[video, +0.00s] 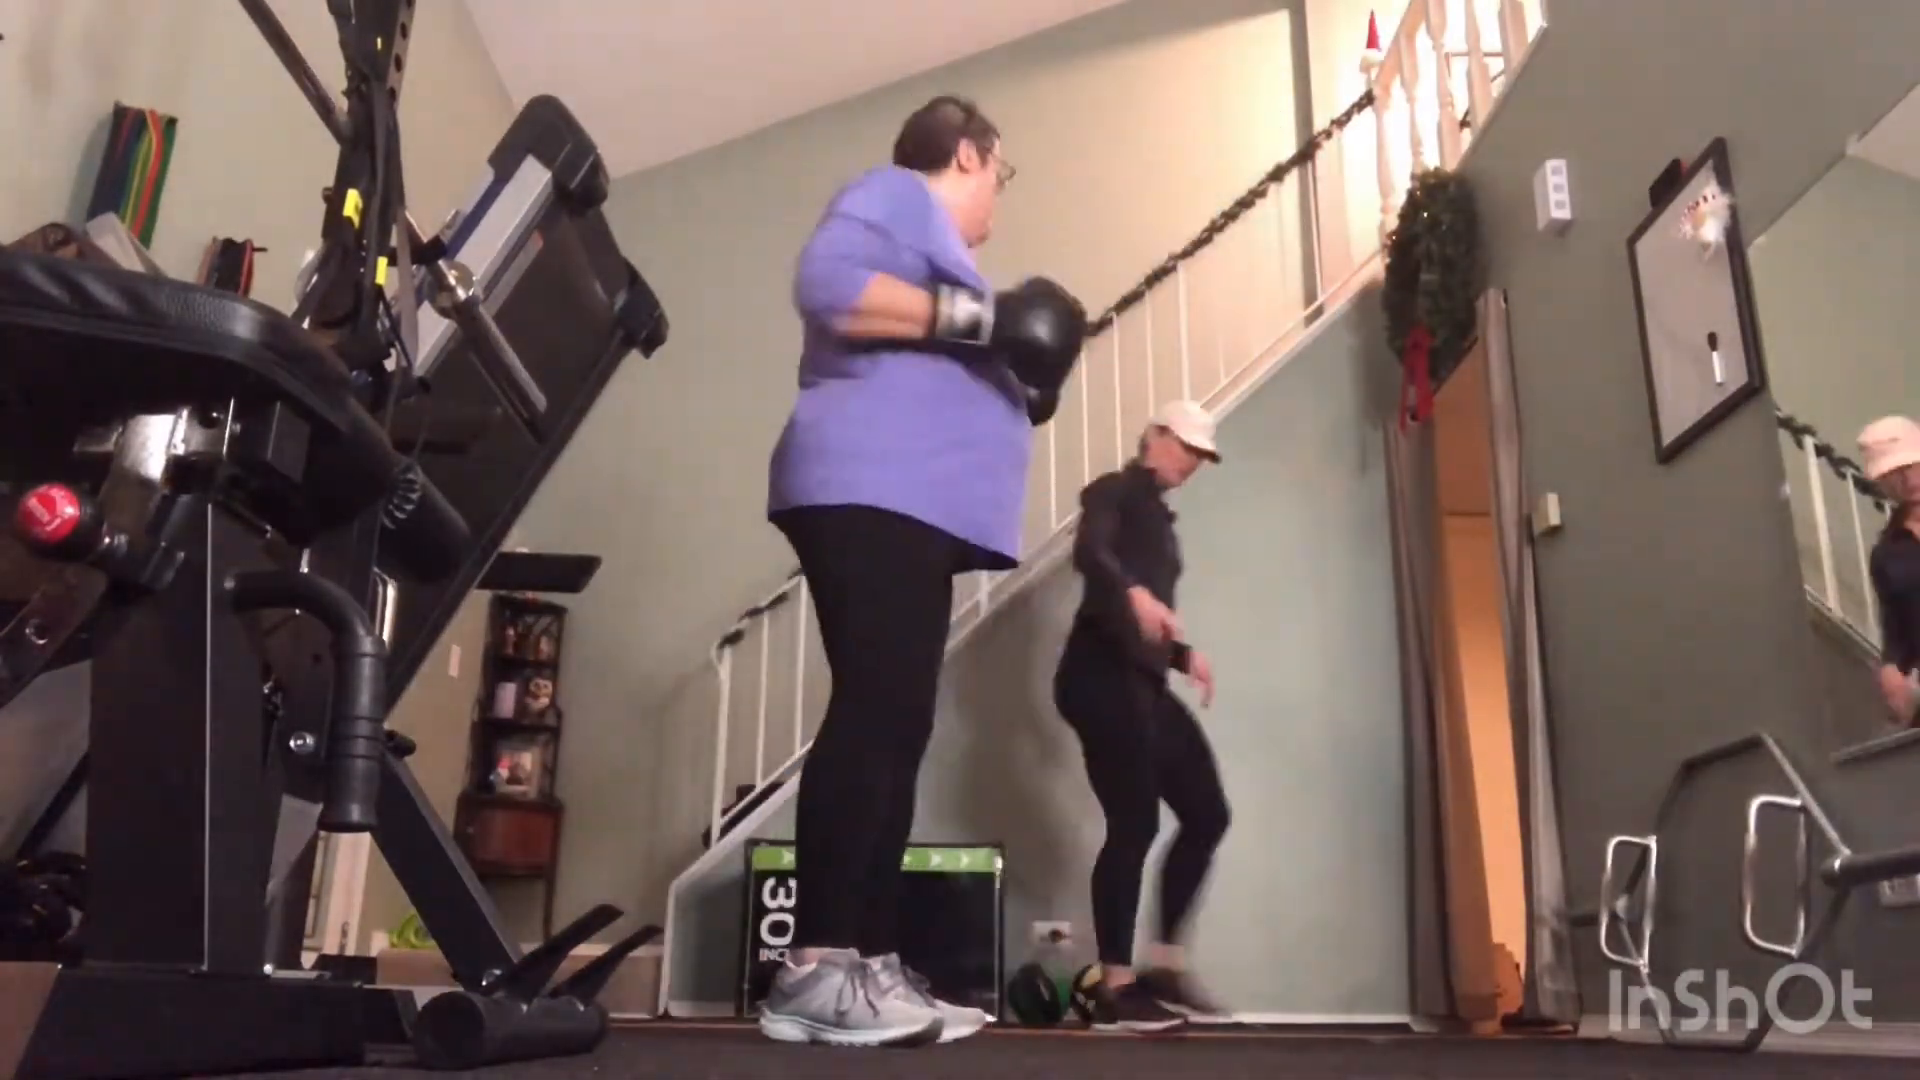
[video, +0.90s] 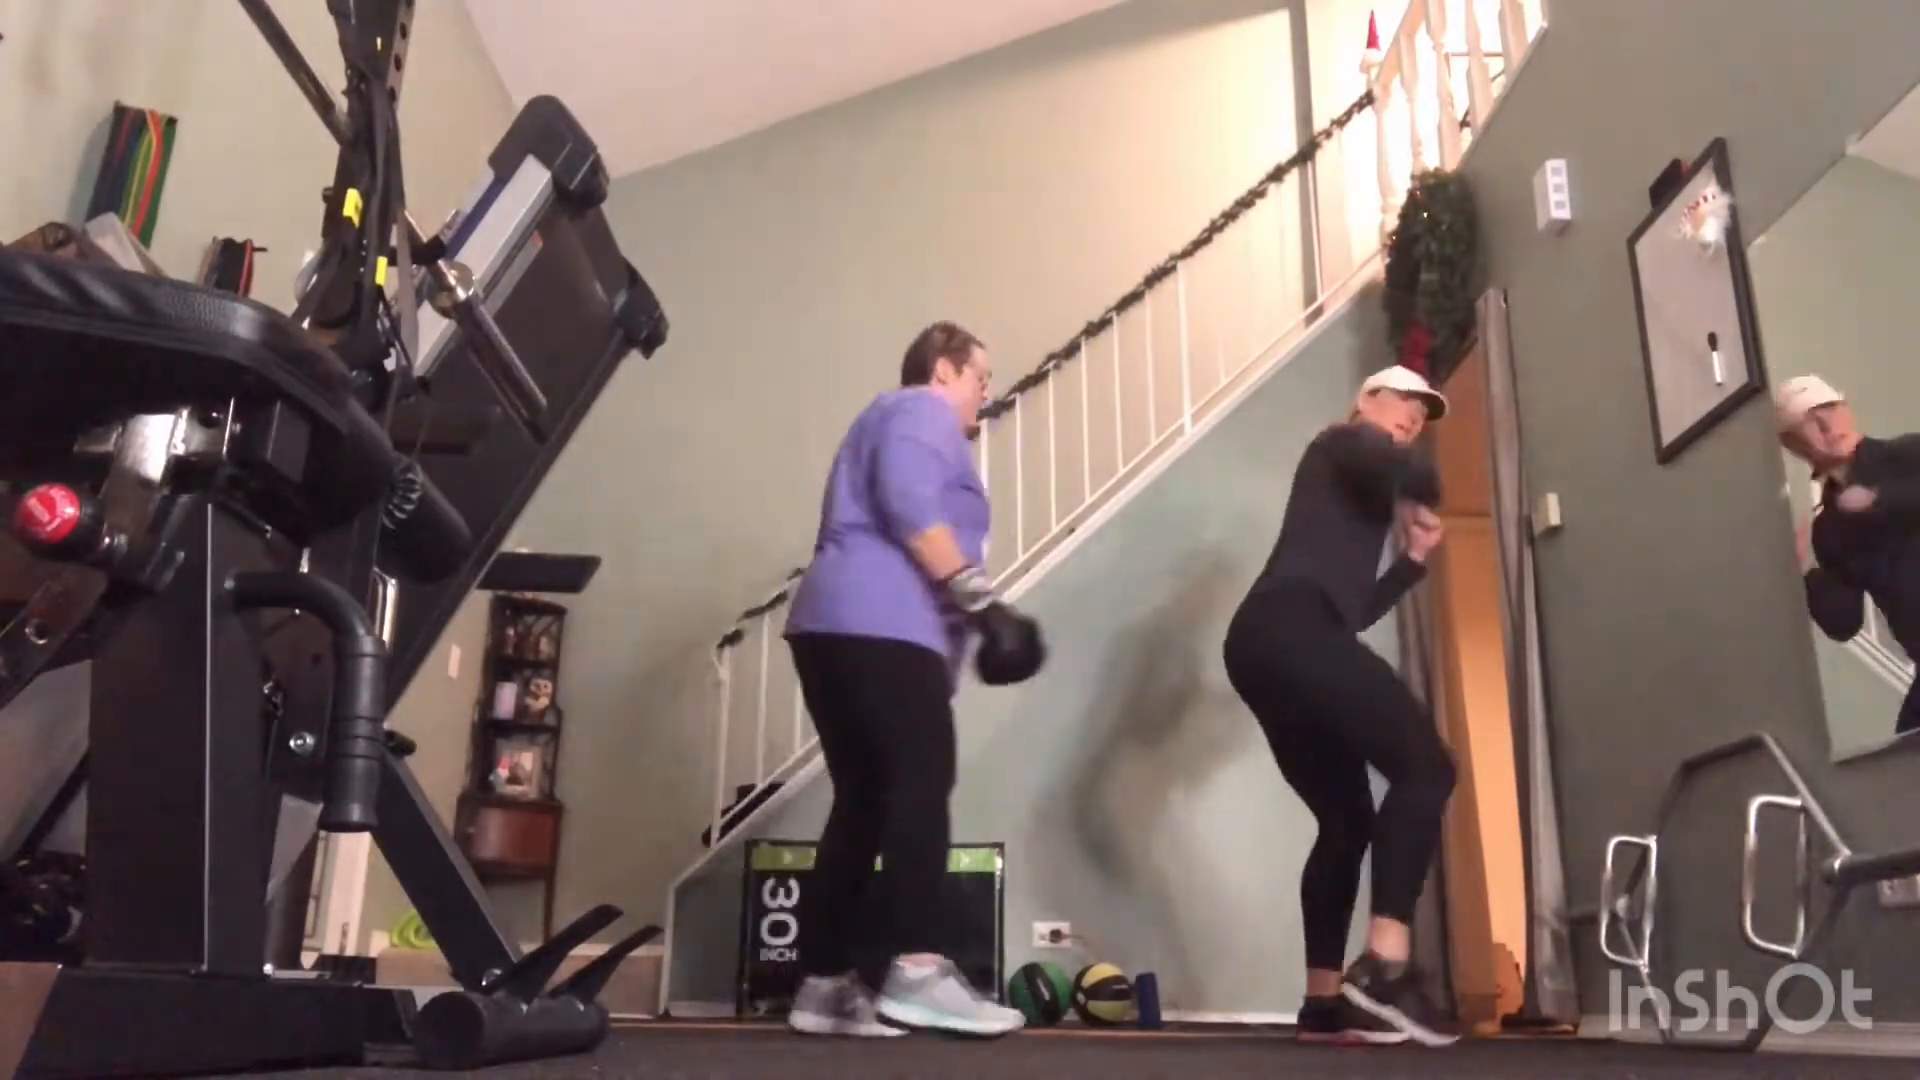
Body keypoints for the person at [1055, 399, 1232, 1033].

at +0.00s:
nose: (1194, 466)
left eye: (1200, 458)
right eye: (1189, 452)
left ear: (1187, 458)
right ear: (1154, 439)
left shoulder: (1157, 516)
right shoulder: (1114, 489)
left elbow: (1142, 605)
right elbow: (1091, 550)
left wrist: (1183, 654)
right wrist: (1132, 592)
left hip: (1141, 681)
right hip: (1098, 675)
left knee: (1207, 816)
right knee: (1132, 821)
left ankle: (1167, 964)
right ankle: (1115, 979)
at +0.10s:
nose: (1295, 459)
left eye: (1303, 451)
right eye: (1289, 443)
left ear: (1298, 457)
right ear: (1255, 432)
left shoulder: (1267, 523)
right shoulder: (1208, 484)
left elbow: (1255, 628)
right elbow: (1174, 554)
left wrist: (1316, 649)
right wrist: (1201, 606)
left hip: (1256, 682)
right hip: (1206, 673)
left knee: (1307, 821)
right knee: (1256, 821)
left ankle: (1303, 996)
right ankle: (1152, 953)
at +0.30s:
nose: (1372, 417)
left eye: (1386, 411)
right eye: (1365, 401)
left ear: (1398, 414)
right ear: (1343, 388)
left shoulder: (1371, 476)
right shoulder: (1300, 448)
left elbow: (1344, 575)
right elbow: (1253, 522)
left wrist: (1389, 613)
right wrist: (1296, 552)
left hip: (1342, 654)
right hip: (1300, 648)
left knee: (1388, 808)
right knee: (1363, 805)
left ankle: (1353, 992)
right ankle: (1344, 997)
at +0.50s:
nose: (1425, 424)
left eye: (1430, 415)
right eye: (1422, 407)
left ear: (1392, 396)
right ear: (1385, 387)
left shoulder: (1366, 457)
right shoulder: (1345, 447)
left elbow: (1364, 549)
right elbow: (1347, 538)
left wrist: (1405, 614)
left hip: (1339, 644)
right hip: (1315, 641)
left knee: (1387, 810)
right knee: (1371, 808)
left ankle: (1354, 991)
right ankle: (1335, 997)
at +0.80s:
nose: (1424, 430)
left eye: (1429, 421)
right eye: (1423, 412)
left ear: (1380, 398)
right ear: (1392, 394)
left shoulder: (1339, 449)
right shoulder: (1364, 445)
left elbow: (1372, 564)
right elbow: (1383, 546)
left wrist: (1421, 518)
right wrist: (1433, 516)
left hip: (1273, 634)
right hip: (1305, 635)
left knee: (1333, 814)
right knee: (1362, 804)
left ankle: (1323, 997)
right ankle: (1351, 1000)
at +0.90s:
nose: (1416, 423)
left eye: (1422, 417)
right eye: (1406, 406)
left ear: (1412, 425)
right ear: (1365, 401)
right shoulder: (1346, 439)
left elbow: (1354, 610)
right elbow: (1398, 467)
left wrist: (1410, 563)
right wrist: (1423, 495)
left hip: (1262, 646)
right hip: (1297, 627)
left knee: (1346, 819)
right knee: (1426, 770)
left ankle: (1322, 998)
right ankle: (1385, 962)